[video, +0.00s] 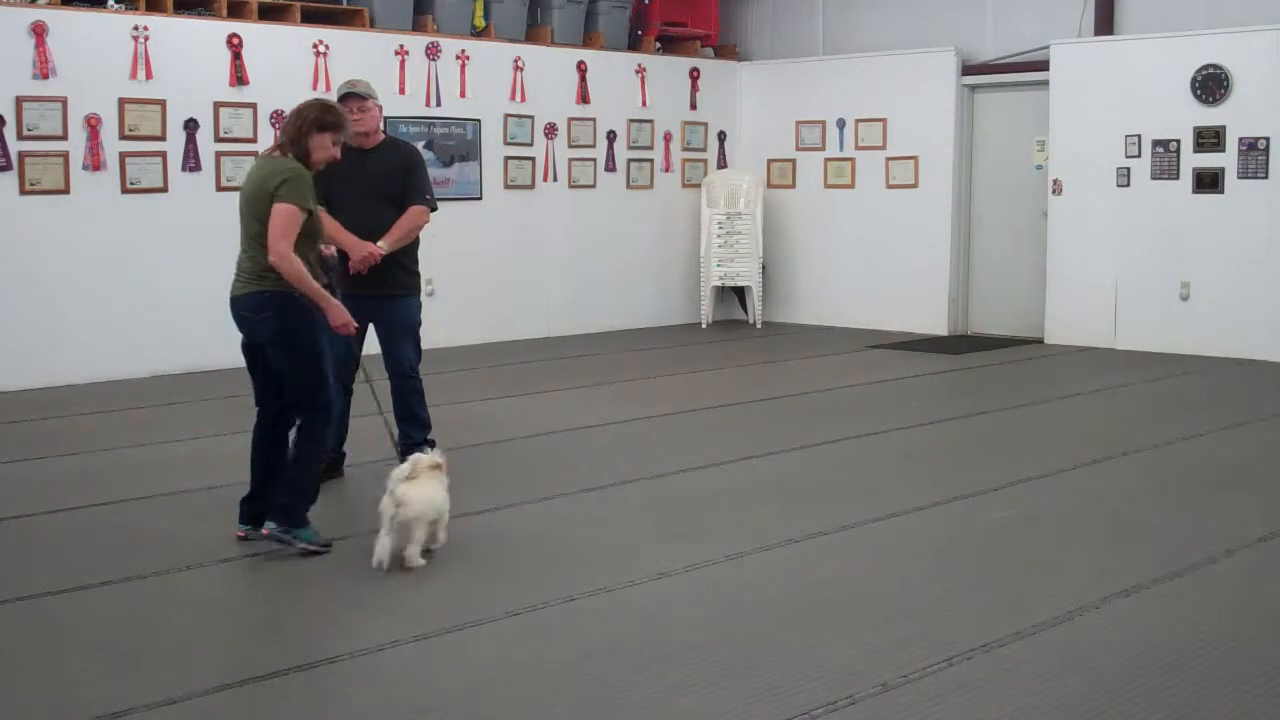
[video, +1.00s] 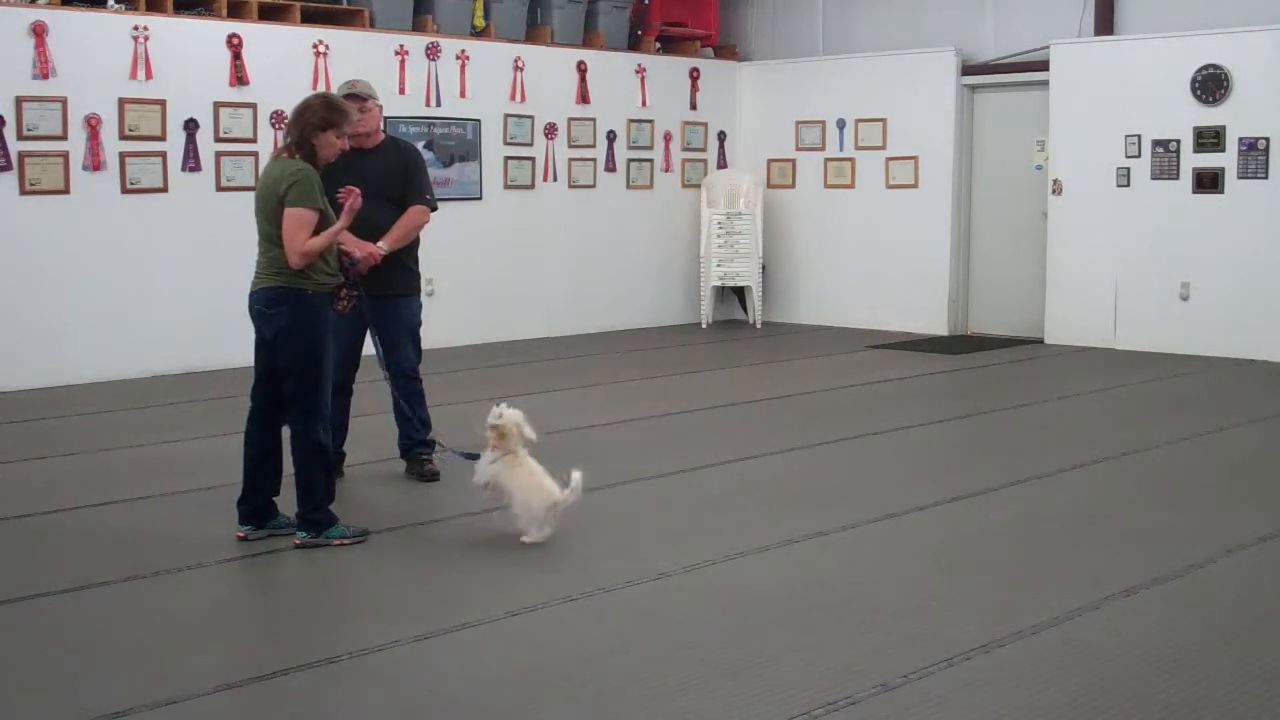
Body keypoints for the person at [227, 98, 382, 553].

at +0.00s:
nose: (336, 156)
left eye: (339, 147)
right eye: (332, 145)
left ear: (297, 137)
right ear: (308, 136)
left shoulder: (263, 168)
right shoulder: (294, 177)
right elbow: (279, 251)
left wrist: (328, 246)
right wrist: (329, 305)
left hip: (251, 301)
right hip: (283, 303)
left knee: (275, 409)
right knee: (321, 408)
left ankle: (256, 514)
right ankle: (289, 519)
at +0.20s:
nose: (337, 152)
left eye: (339, 144)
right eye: (334, 142)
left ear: (304, 133)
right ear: (310, 133)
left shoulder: (269, 169)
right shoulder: (294, 177)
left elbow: (308, 221)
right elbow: (280, 252)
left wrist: (338, 244)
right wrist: (335, 293)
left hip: (264, 299)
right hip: (289, 303)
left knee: (272, 409)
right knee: (312, 410)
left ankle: (258, 513)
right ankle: (316, 519)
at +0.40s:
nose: (339, 149)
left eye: (341, 141)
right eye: (335, 140)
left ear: (301, 133)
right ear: (312, 133)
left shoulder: (273, 169)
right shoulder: (298, 180)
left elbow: (305, 230)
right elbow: (288, 256)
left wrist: (348, 247)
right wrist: (350, 266)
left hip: (272, 300)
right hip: (298, 303)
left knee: (268, 409)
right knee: (314, 412)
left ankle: (256, 513)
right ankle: (315, 519)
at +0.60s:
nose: (343, 150)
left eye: (346, 141)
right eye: (340, 140)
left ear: (310, 133)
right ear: (316, 133)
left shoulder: (277, 170)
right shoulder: (303, 178)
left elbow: (305, 239)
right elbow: (292, 255)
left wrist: (351, 238)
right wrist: (345, 245)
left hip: (273, 298)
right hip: (299, 303)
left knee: (269, 408)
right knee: (311, 412)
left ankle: (256, 514)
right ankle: (315, 519)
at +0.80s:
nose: (344, 150)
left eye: (347, 142)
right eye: (342, 141)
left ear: (312, 133)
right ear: (318, 133)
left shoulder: (278, 169)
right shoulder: (304, 177)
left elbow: (298, 237)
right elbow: (297, 254)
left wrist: (345, 221)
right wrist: (346, 228)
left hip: (272, 298)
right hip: (299, 303)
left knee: (268, 408)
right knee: (310, 412)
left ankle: (256, 514)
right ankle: (315, 520)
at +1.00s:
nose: (344, 147)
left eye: (346, 139)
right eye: (340, 138)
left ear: (312, 133)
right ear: (316, 132)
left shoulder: (277, 170)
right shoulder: (302, 176)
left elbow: (293, 238)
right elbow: (297, 253)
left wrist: (339, 219)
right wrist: (341, 224)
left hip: (272, 299)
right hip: (299, 302)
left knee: (266, 409)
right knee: (311, 412)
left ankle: (256, 514)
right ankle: (316, 519)